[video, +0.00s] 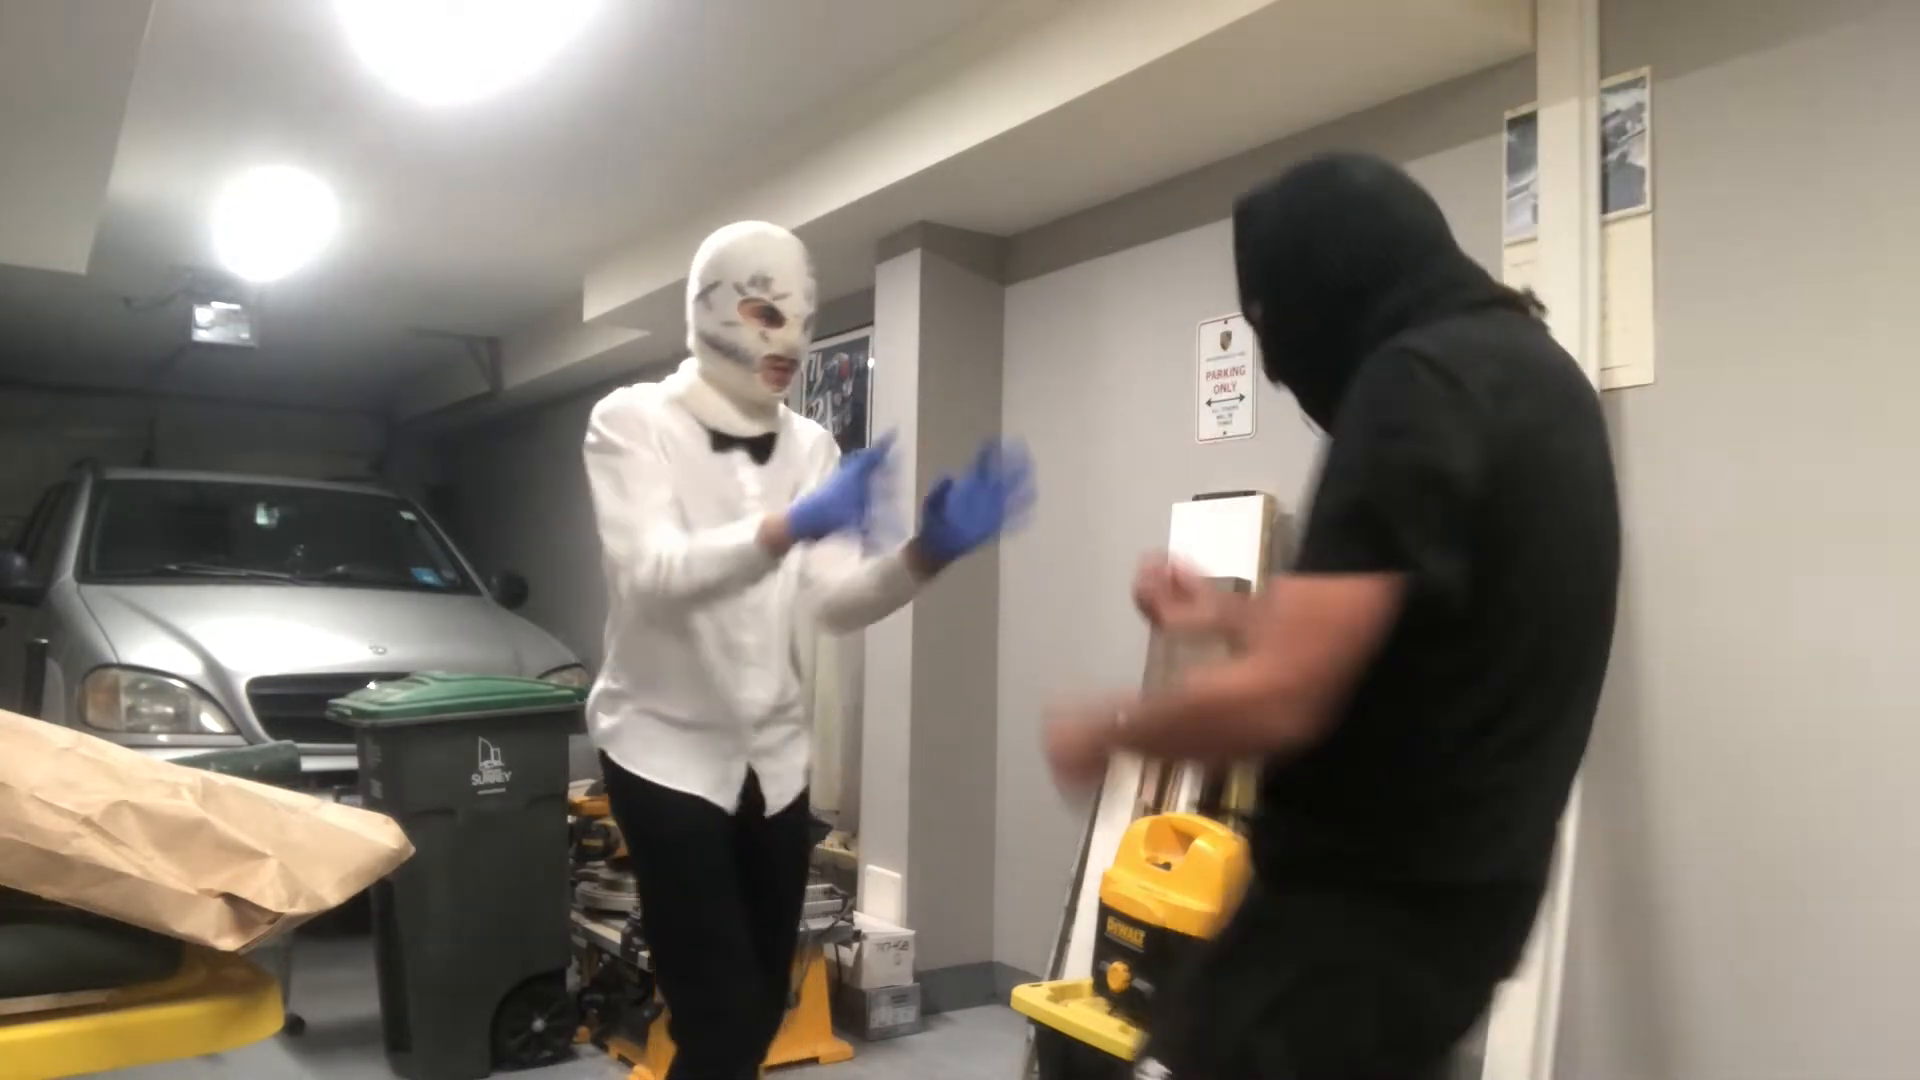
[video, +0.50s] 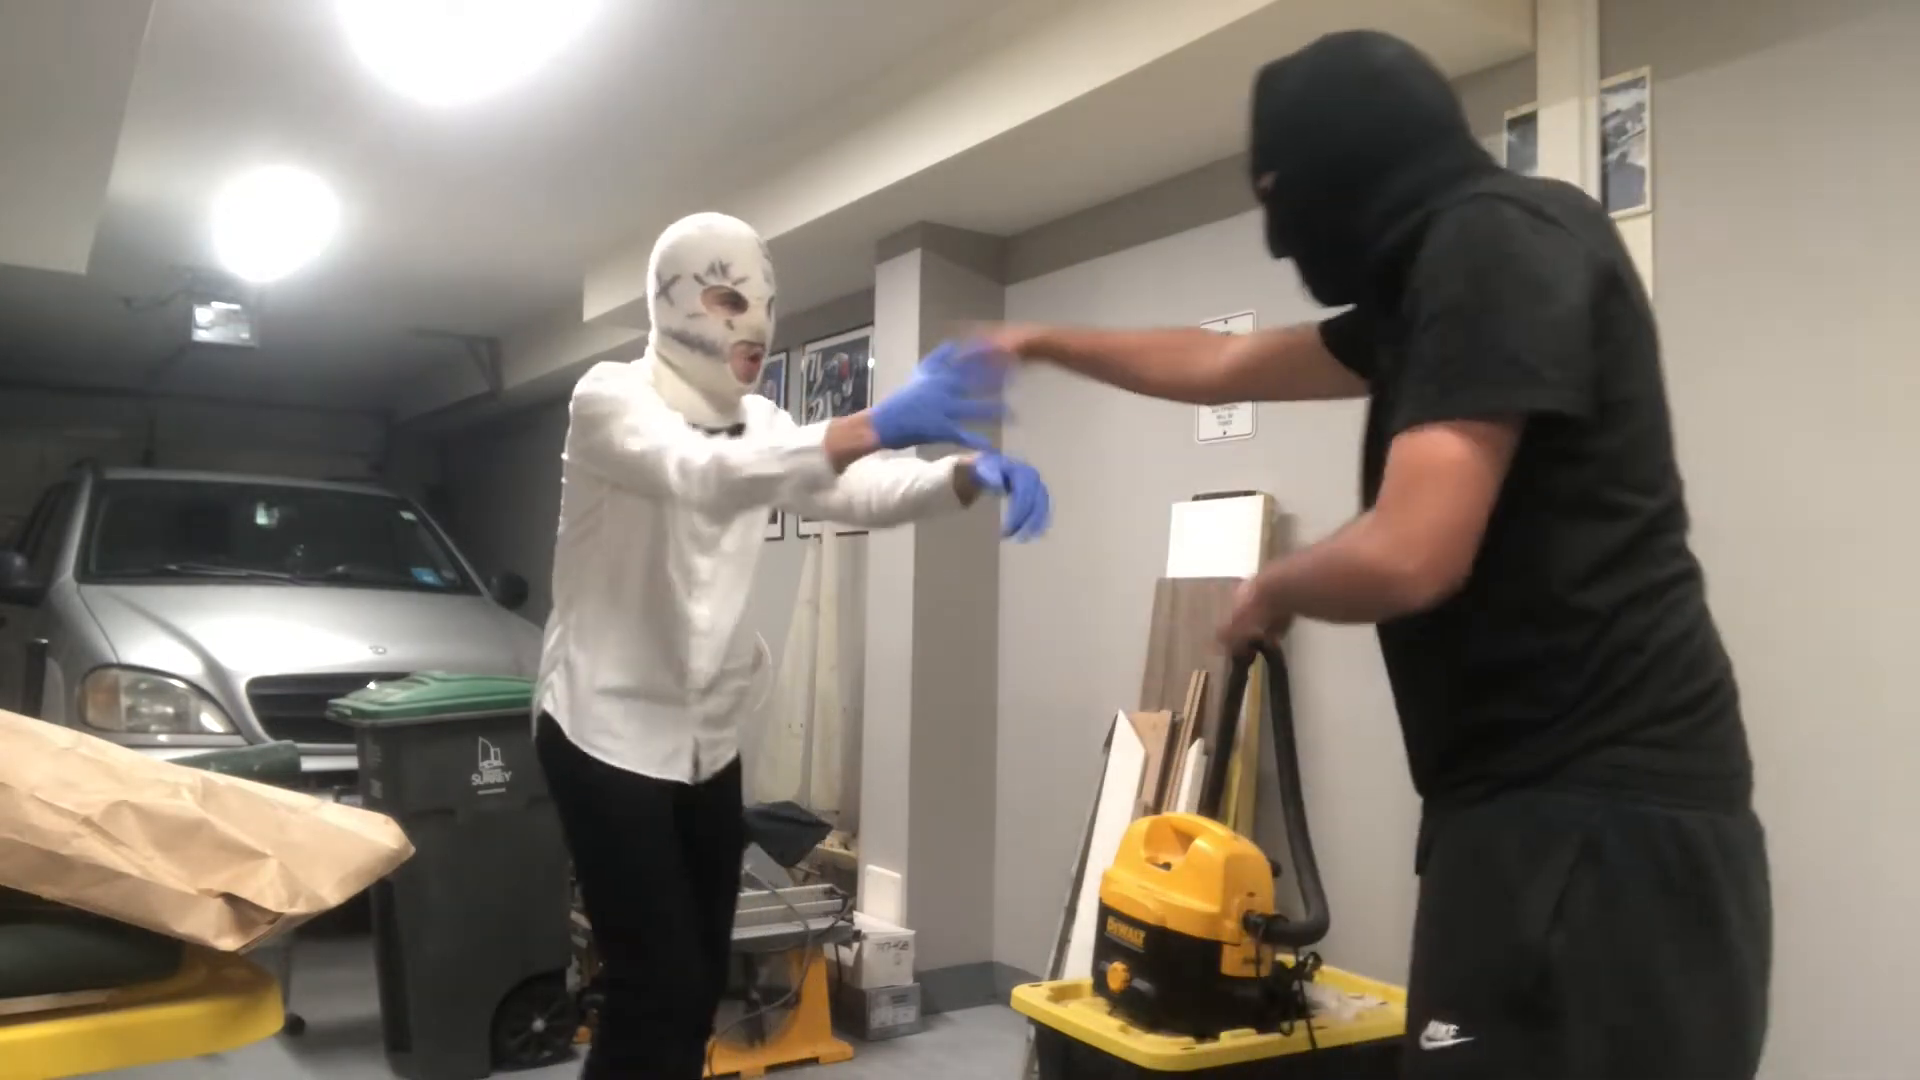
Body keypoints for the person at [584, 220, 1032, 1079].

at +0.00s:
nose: (787, 338)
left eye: (799, 318)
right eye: (762, 311)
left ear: (808, 327)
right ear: (705, 315)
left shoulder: (808, 446)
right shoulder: (634, 421)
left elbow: (834, 600)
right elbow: (648, 577)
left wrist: (926, 551)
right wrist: (788, 525)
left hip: (773, 749)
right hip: (663, 746)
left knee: (755, 1016)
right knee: (721, 1021)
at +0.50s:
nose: (755, 319)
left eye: (764, 301)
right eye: (729, 296)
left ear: (771, 310)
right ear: (672, 303)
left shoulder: (757, 422)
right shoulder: (610, 398)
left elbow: (845, 490)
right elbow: (698, 473)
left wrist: (961, 475)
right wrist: (872, 427)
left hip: (705, 739)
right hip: (605, 734)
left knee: (695, 982)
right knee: (652, 988)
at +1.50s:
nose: (816, 319)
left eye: (824, 303)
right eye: (796, 294)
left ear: (829, 314)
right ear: (734, 291)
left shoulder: (761, 433)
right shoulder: (682, 391)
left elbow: (833, 565)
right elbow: (731, 514)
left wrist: (937, 549)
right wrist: (899, 524)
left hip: (728, 741)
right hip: (671, 738)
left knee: (731, 1005)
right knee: (757, 1012)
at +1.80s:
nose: (843, 349)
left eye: (853, 333)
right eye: (826, 321)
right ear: (772, 314)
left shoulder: (748, 423)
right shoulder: (724, 397)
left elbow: (791, 634)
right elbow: (737, 519)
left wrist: (897, 563)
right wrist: (897, 400)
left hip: (670, 765)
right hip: (727, 761)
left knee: (692, 1026)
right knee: (896, 998)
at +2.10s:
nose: (881, 349)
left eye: (888, 332)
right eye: (861, 320)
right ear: (794, 316)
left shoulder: (800, 430)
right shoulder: (755, 405)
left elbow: (875, 618)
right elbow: (836, 498)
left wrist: (991, 553)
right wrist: (965, 349)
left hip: (789, 767)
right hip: (811, 765)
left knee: (763, 1042)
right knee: (940, 1048)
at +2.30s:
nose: (843, 333)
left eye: (852, 315)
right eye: (820, 307)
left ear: (863, 330)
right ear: (760, 309)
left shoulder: (799, 446)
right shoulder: (720, 416)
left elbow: (856, 592)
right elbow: (841, 513)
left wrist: (985, 595)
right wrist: (1035, 424)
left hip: (812, 770)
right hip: (772, 769)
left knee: (746, 1033)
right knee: (911, 1047)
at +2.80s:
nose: (820, 345)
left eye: (835, 335)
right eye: (800, 320)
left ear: (843, 357)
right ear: (749, 325)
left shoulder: (770, 455)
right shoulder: (713, 420)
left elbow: (856, 603)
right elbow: (765, 541)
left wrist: (938, 521)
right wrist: (940, 458)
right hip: (758, 766)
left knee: (735, 1031)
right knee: (917, 1045)